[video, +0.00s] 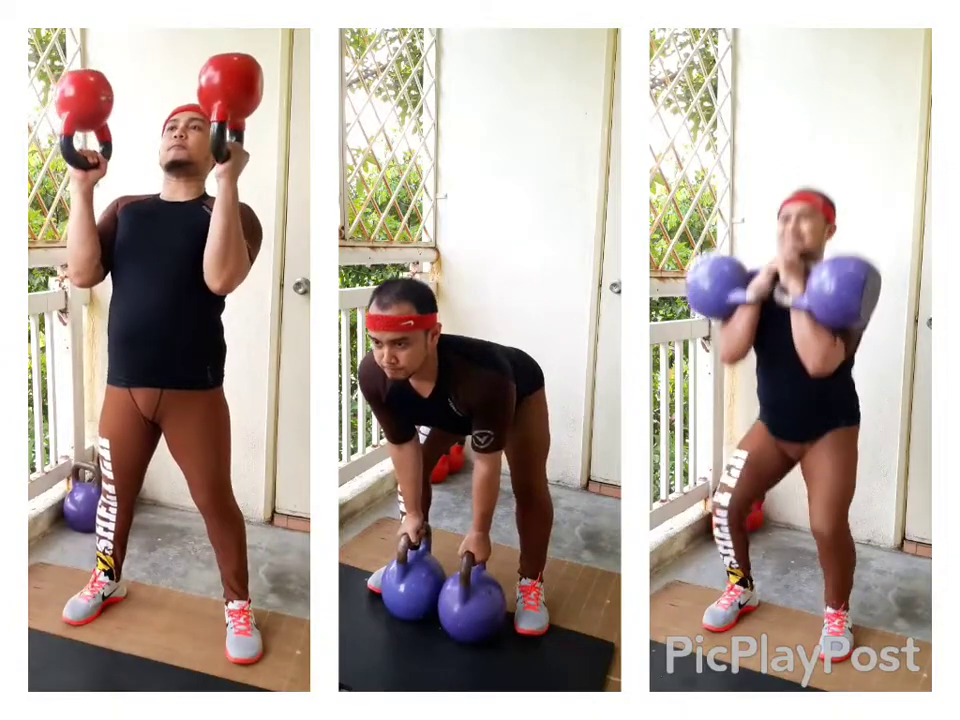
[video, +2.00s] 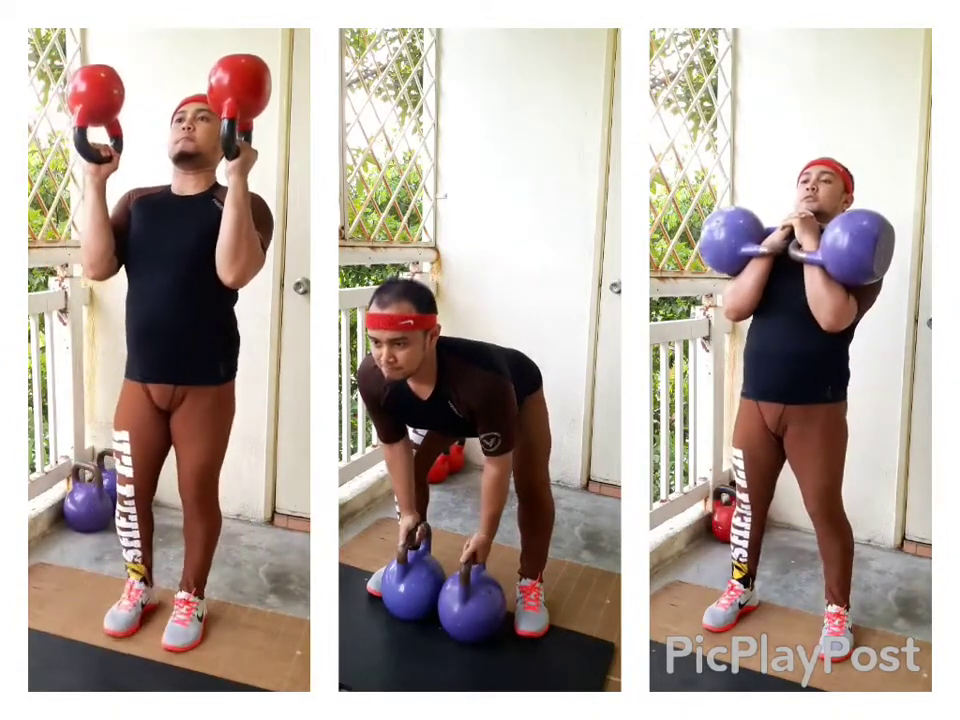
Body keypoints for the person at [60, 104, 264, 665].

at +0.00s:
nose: (178, 133)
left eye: (192, 127)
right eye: (171, 128)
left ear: (215, 148)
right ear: (159, 149)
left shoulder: (235, 216)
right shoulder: (125, 209)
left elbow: (221, 278)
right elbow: (82, 274)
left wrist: (226, 180)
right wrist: (83, 187)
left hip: (193, 391)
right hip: (123, 386)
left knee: (215, 503)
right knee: (115, 492)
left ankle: (238, 605)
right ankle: (106, 576)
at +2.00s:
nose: (187, 126)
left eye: (201, 119)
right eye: (179, 120)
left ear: (226, 138)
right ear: (167, 140)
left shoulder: (246, 205)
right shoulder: (138, 201)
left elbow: (234, 272)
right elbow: (97, 266)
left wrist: (235, 182)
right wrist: (96, 183)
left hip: (206, 381)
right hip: (140, 377)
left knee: (197, 496)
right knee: (132, 492)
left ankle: (190, 596)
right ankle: (138, 584)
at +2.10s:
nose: (188, 127)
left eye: (203, 119)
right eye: (180, 121)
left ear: (227, 138)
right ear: (169, 142)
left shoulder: (247, 205)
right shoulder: (140, 203)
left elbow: (235, 271)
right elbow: (100, 268)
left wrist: (235, 180)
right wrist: (98, 186)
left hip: (211, 381)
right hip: (146, 378)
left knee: (199, 497)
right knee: (140, 490)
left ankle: (191, 595)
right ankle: (166, 546)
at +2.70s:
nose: (190, 204)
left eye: (204, 196)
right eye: (181, 197)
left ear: (225, 213)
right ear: (171, 215)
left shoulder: (248, 278)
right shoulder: (147, 275)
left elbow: (235, 344)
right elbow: (114, 342)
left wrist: (237, 254)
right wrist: (104, 261)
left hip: (226, 414)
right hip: (168, 412)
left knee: (185, 504)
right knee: (175, 473)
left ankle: (187, 600)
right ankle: (212, 504)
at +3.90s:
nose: (198, 122)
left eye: (211, 116)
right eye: (191, 117)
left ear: (236, 136)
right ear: (180, 137)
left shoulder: (258, 208)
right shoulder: (149, 202)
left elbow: (240, 276)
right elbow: (110, 268)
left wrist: (243, 180)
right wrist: (104, 184)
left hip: (216, 380)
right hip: (154, 373)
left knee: (201, 494)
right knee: (144, 479)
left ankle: (191, 597)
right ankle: (172, 538)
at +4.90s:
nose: (159, 134)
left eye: (172, 126)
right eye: (150, 127)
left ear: (195, 144)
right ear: (139, 146)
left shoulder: (216, 214)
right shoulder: (110, 207)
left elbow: (198, 282)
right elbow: (73, 274)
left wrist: (201, 189)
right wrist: (70, 194)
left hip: (185, 381)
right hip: (122, 379)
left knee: (186, 493)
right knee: (126, 493)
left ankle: (212, 517)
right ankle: (142, 584)